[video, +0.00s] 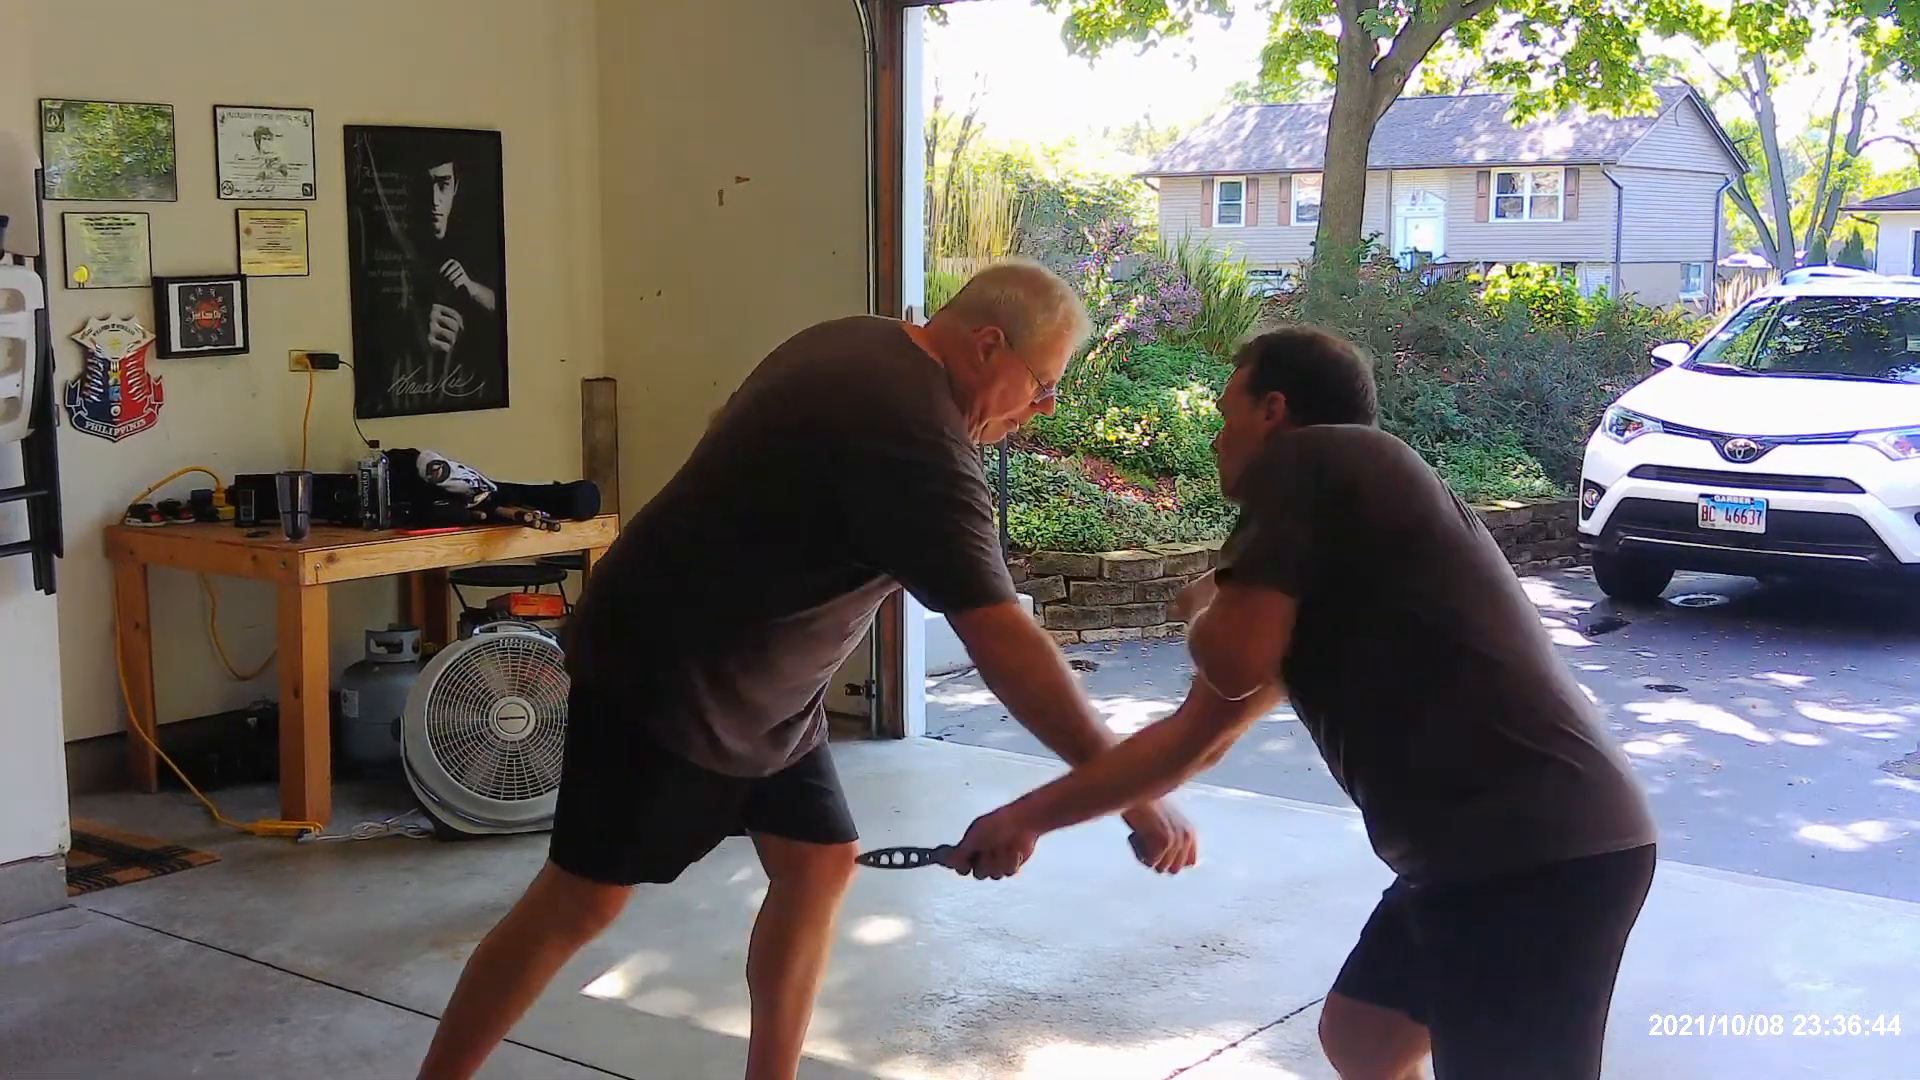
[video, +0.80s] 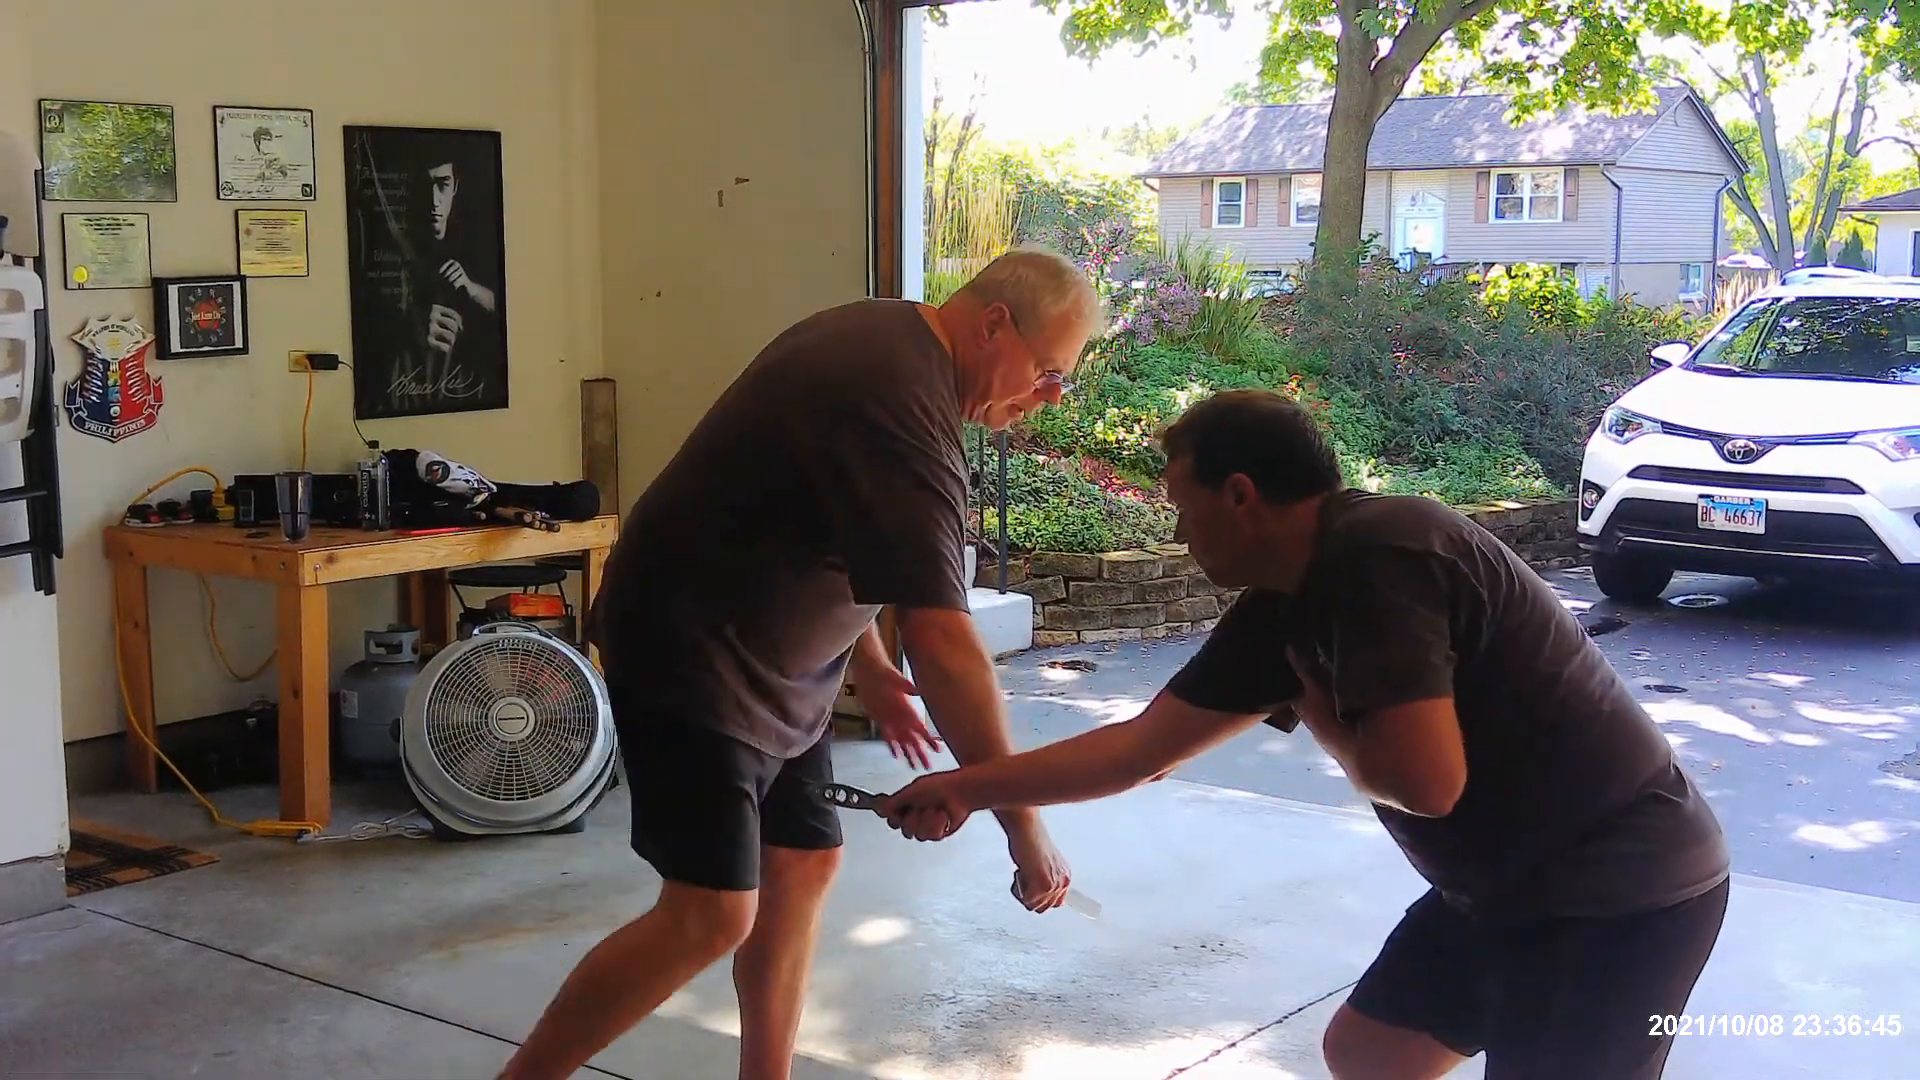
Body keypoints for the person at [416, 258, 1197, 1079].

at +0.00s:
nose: (1040, 409)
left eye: (1051, 391)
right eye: (1043, 384)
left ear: (972, 335)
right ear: (988, 347)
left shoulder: (862, 353)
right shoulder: (914, 430)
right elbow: (999, 636)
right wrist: (1129, 789)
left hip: (764, 670)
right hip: (657, 660)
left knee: (817, 856)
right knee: (583, 895)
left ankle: (772, 1068)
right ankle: (441, 1069)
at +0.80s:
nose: (1047, 397)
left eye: (1058, 381)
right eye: (1048, 372)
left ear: (988, 324)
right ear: (992, 327)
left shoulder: (892, 346)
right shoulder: (897, 399)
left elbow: (816, 521)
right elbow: (944, 644)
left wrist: (869, 662)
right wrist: (1022, 824)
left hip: (780, 641)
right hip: (688, 636)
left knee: (803, 857)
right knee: (713, 909)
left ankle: (767, 1073)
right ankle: (526, 1072)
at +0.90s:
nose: (1038, 396)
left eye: (1049, 381)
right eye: (1039, 371)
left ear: (976, 322)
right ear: (979, 323)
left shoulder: (901, 362)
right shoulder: (885, 399)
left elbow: (896, 573)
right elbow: (924, 645)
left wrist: (972, 691)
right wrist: (1010, 825)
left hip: (769, 637)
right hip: (682, 631)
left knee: (799, 866)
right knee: (746, 896)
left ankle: (762, 1073)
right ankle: (658, 1069)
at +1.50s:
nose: (1018, 420)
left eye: (1032, 404)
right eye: (1022, 397)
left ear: (965, 341)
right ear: (967, 346)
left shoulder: (903, 377)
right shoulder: (874, 419)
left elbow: (925, 577)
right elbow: (857, 672)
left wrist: (959, 740)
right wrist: (902, 795)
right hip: (670, 663)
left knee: (663, 881)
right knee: (773, 924)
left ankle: (618, 1068)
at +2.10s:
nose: (941, 385)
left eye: (952, 369)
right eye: (942, 360)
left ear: (875, 310)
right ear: (881, 316)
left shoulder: (773, 338)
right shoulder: (809, 412)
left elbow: (827, 535)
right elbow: (860, 668)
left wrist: (917, 630)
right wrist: (942, 801)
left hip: (583, 662)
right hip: (654, 687)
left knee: (603, 890)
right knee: (781, 925)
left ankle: (526, 1071)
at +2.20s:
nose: (926, 368)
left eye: (936, 351)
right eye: (925, 343)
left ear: (852, 296)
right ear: (861, 300)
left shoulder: (748, 325)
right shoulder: (803, 410)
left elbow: (766, 514)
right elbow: (895, 643)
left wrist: (896, 575)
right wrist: (1018, 788)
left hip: (576, 653)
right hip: (653, 684)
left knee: (607, 886)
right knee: (781, 922)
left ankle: (526, 1069)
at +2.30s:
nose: (920, 346)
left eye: (927, 327)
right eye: (914, 321)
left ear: (840, 279)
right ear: (846, 289)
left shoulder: (728, 320)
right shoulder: (797, 400)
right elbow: (947, 582)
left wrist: (910, 556)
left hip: (574, 660)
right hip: (657, 688)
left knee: (601, 890)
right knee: (781, 922)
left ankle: (525, 1072)